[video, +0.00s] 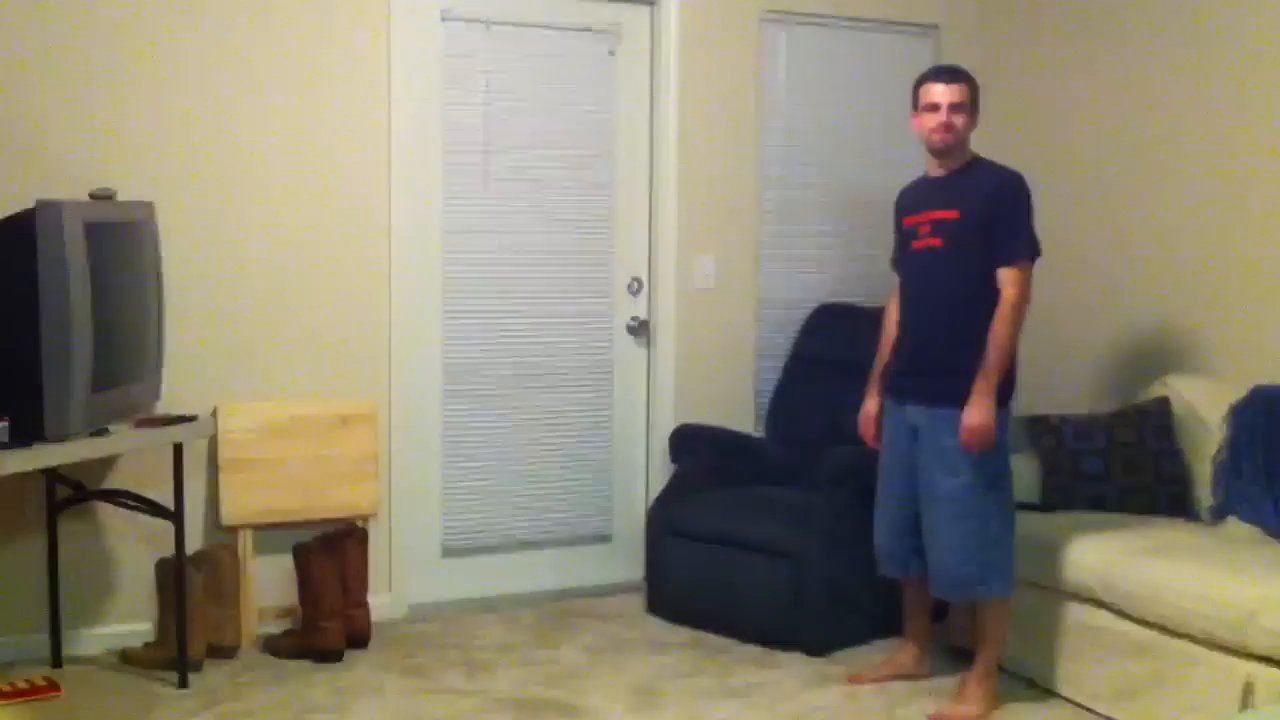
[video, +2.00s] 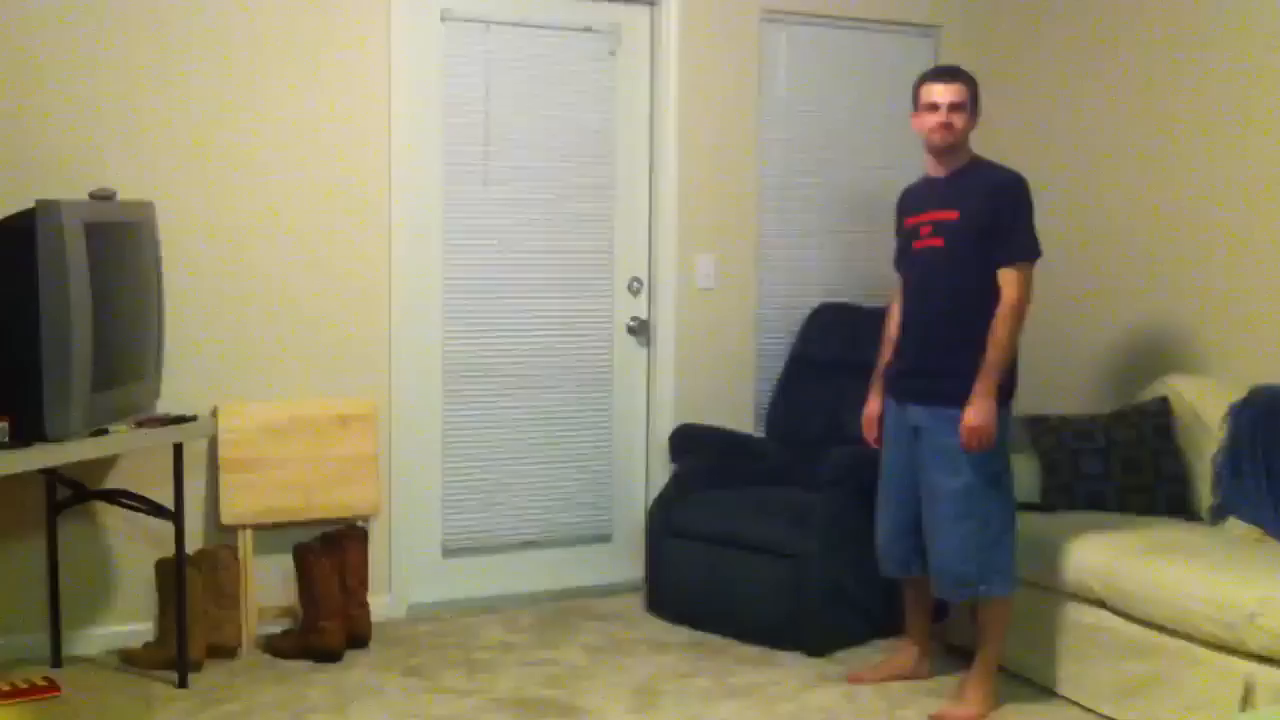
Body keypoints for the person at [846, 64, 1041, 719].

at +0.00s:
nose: (945, 119)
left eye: (958, 109)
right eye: (932, 109)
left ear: (974, 119)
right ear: (915, 120)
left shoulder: (1002, 188)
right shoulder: (909, 200)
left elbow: (1013, 295)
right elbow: (900, 298)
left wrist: (985, 394)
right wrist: (875, 388)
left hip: (966, 402)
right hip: (905, 398)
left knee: (979, 542)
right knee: (909, 530)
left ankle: (983, 677)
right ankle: (914, 651)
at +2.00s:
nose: (943, 118)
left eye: (956, 108)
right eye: (931, 108)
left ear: (974, 118)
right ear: (915, 119)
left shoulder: (1002, 188)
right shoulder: (911, 200)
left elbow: (1013, 299)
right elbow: (903, 300)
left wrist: (985, 395)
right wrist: (878, 388)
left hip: (966, 402)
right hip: (906, 398)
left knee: (983, 542)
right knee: (910, 529)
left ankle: (984, 676)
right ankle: (915, 650)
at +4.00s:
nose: (929, 118)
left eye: (941, 108)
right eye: (919, 110)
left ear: (967, 116)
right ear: (909, 121)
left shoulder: (1000, 189)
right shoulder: (909, 201)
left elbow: (1010, 298)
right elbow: (902, 299)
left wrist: (980, 397)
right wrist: (875, 388)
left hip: (963, 403)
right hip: (903, 399)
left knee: (978, 541)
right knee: (907, 529)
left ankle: (984, 676)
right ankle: (914, 650)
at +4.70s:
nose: (927, 118)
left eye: (940, 107)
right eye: (918, 110)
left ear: (970, 114)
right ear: (911, 120)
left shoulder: (1004, 191)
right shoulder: (915, 197)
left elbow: (1012, 300)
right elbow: (906, 295)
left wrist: (980, 400)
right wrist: (876, 384)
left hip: (967, 406)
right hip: (905, 399)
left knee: (979, 544)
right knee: (906, 531)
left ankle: (983, 678)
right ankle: (913, 650)